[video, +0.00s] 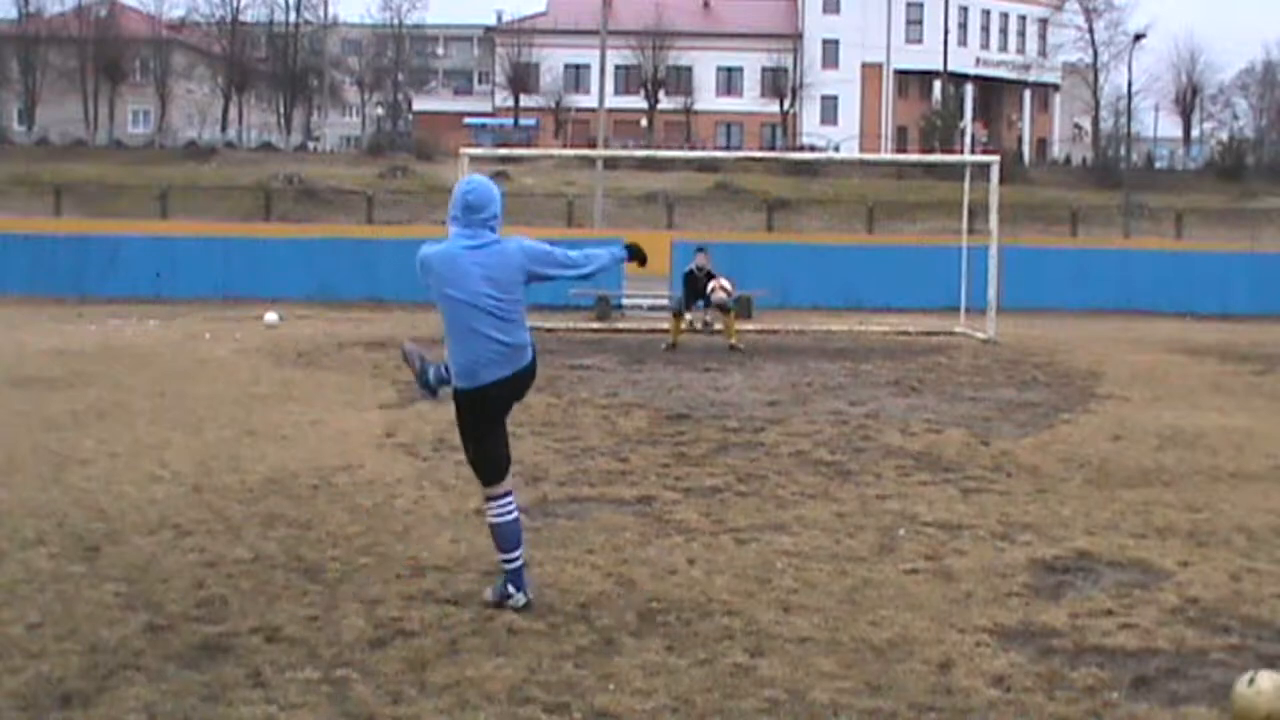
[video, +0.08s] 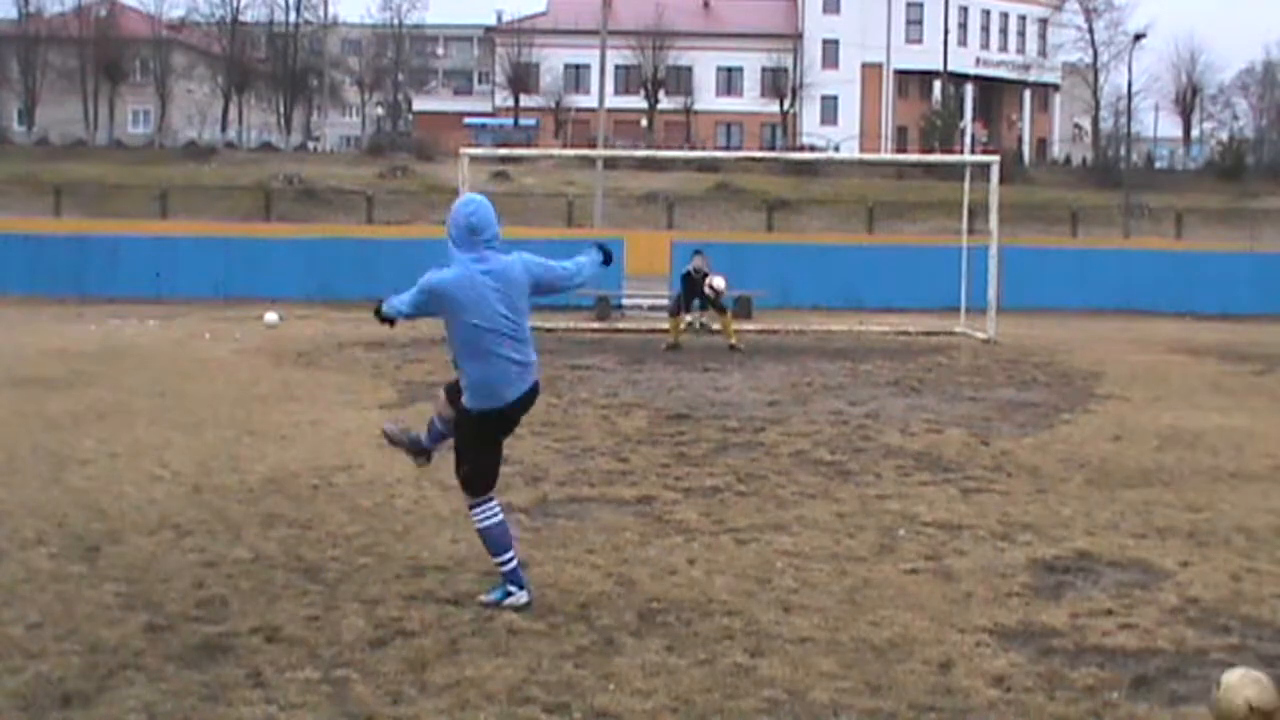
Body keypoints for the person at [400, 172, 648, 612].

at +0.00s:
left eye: (454, 209)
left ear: (454, 213)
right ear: (496, 214)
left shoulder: (433, 258)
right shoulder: (516, 251)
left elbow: (435, 296)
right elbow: (574, 263)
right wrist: (621, 251)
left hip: (477, 386)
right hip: (522, 371)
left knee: (496, 488)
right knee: (472, 353)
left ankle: (515, 584)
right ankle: (434, 376)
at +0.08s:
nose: (454, 234)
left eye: (452, 228)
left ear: (453, 233)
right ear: (494, 229)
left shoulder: (443, 282)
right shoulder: (518, 266)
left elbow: (407, 306)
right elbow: (567, 276)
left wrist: (386, 310)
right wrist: (598, 257)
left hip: (487, 403)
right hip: (526, 387)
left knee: (477, 491)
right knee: (454, 397)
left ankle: (515, 584)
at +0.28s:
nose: (447, 232)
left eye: (448, 226)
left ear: (452, 230)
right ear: (490, 224)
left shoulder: (458, 278)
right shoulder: (511, 264)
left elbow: (425, 328)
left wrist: (382, 368)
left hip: (467, 400)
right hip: (505, 393)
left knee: (457, 488)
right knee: (476, 475)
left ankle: (508, 574)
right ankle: (480, 561)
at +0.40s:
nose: (433, 225)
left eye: (434, 218)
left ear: (436, 223)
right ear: (473, 220)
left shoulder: (448, 268)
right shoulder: (490, 258)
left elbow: (468, 304)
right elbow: (451, 284)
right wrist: (414, 287)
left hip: (457, 396)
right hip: (497, 390)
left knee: (418, 477)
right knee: (474, 473)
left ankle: (479, 545)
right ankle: (478, 564)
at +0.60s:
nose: (401, 223)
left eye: (403, 217)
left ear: (407, 218)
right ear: (441, 213)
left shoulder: (437, 257)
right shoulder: (432, 259)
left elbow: (491, 295)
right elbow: (401, 310)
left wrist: (538, 335)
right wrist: (361, 338)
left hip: (441, 385)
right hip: (476, 382)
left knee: (388, 461)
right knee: (471, 476)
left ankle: (392, 563)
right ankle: (477, 571)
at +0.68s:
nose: (387, 226)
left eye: (388, 219)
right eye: (388, 219)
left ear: (394, 220)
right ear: (426, 213)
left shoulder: (424, 258)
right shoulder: (420, 257)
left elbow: (478, 302)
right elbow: (406, 312)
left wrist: (493, 351)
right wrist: (381, 343)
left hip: (429, 387)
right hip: (464, 385)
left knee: (391, 475)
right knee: (467, 478)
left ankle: (360, 569)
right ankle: (476, 571)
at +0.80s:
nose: (363, 228)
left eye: (364, 220)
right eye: (368, 219)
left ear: (370, 222)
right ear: (403, 216)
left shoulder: (395, 264)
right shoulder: (416, 254)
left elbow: (441, 318)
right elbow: (416, 318)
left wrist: (457, 358)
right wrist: (386, 351)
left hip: (406, 392)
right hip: (443, 390)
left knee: (380, 480)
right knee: (455, 478)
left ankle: (366, 581)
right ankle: (475, 572)